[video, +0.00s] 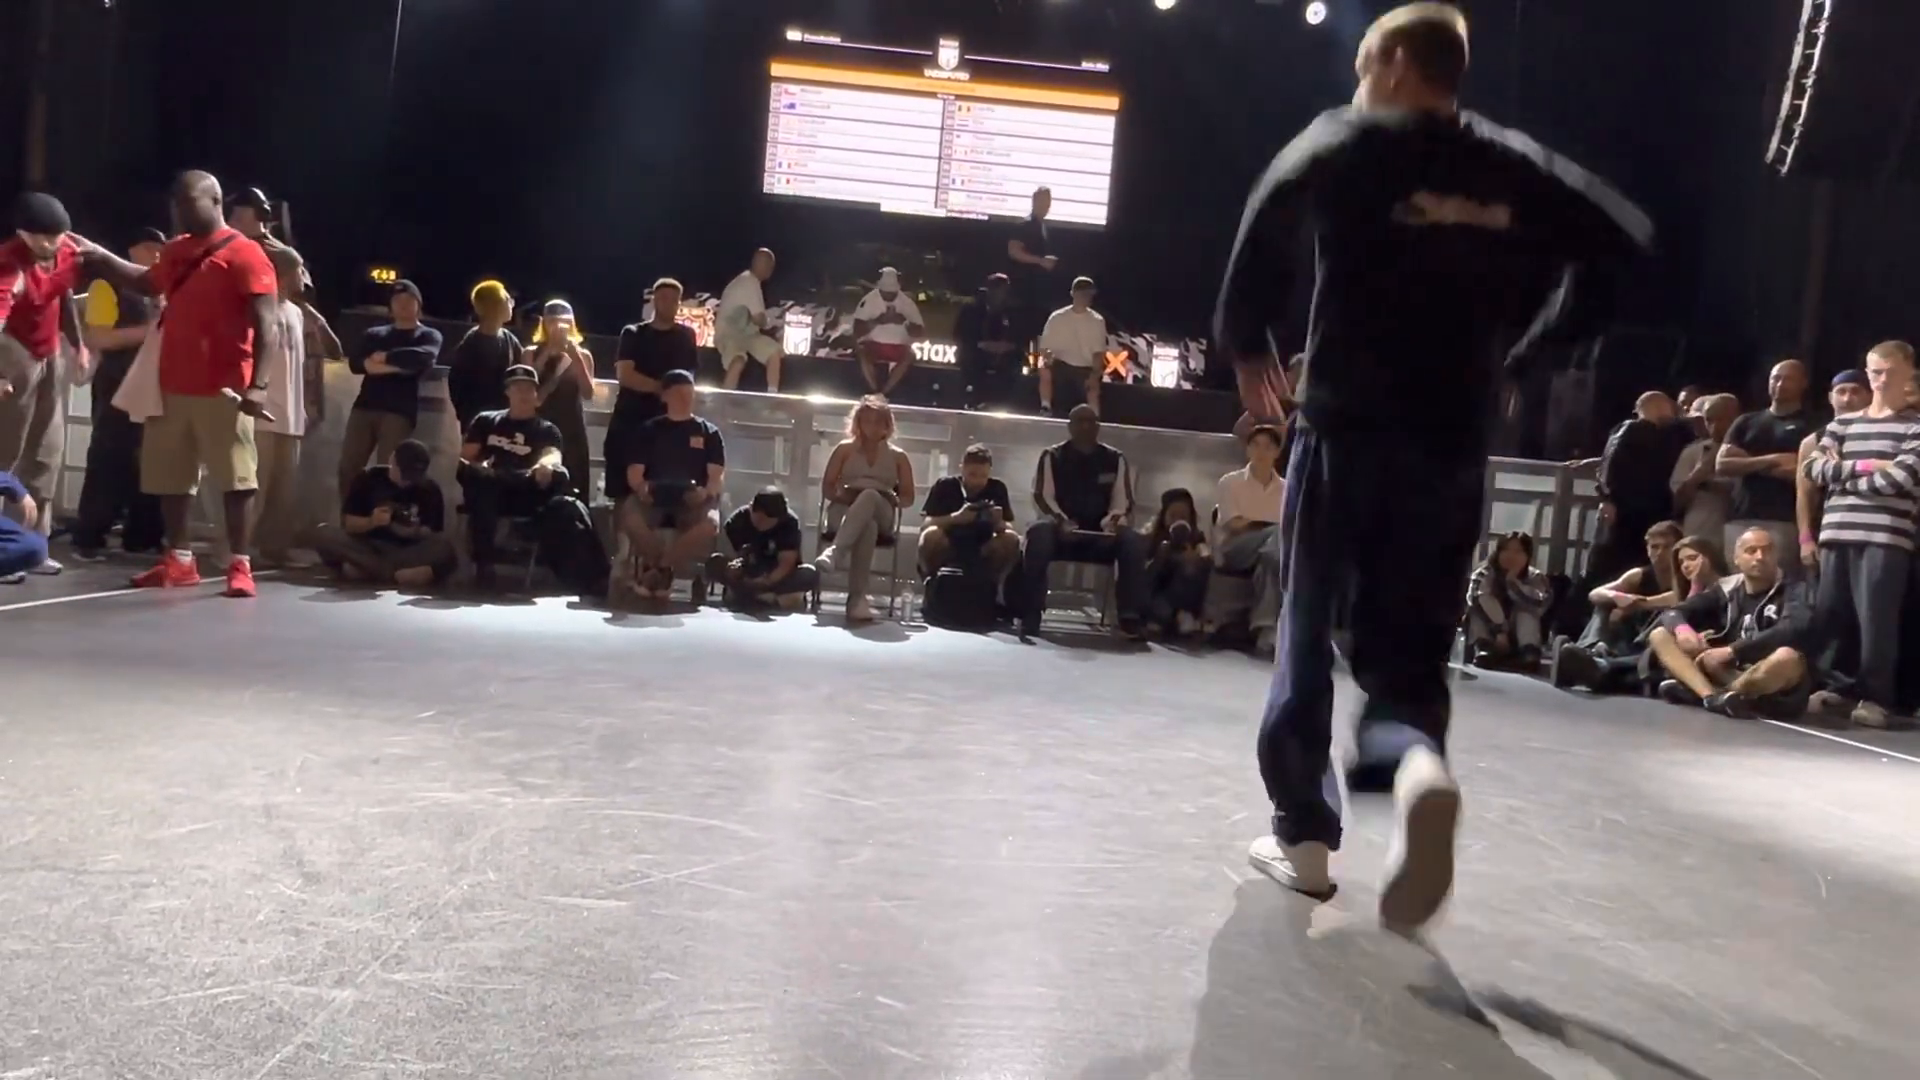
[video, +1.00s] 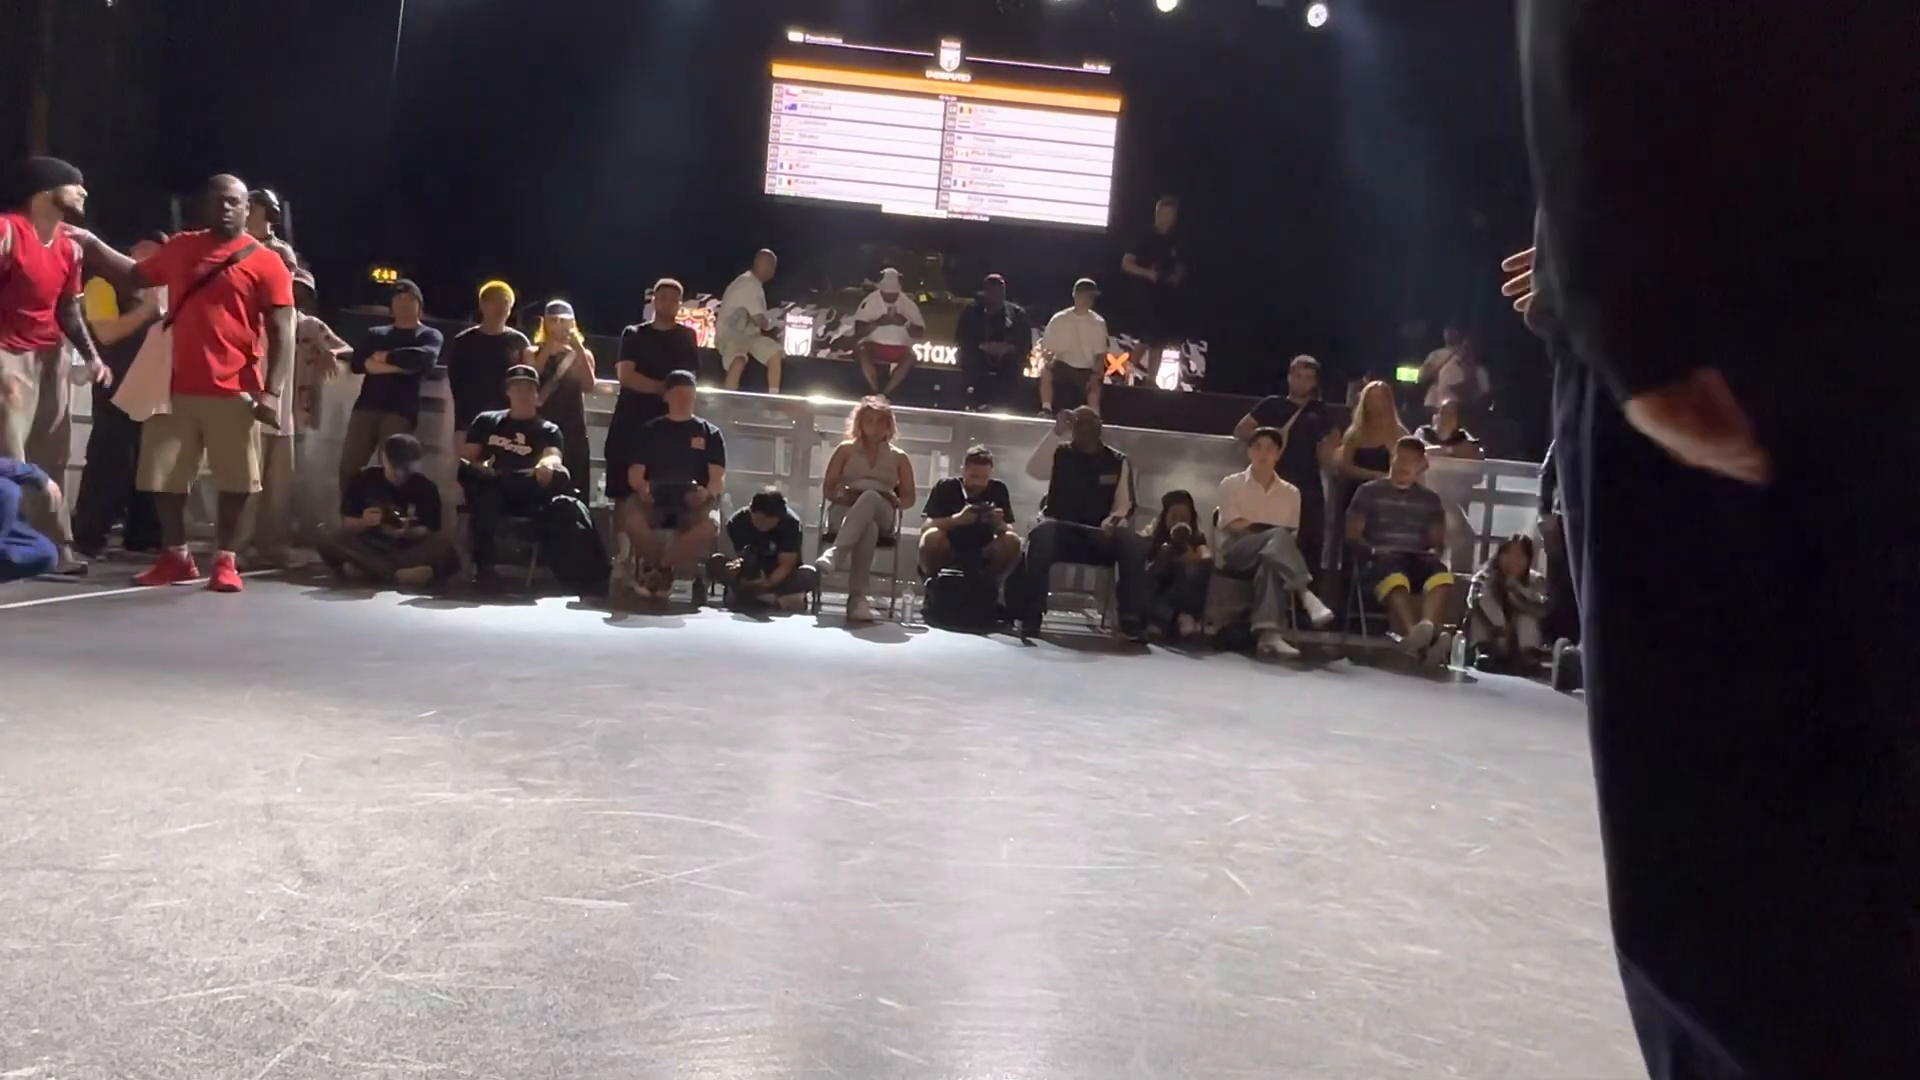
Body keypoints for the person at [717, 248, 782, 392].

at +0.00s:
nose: (770, 270)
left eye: (771, 266)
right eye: (769, 265)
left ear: (757, 264)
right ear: (760, 264)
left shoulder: (752, 282)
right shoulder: (748, 282)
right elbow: (758, 318)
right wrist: (767, 322)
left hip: (749, 333)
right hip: (729, 333)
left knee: (774, 353)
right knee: (738, 360)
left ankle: (772, 396)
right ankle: (725, 399)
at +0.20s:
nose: (770, 270)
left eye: (771, 266)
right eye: (768, 265)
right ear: (759, 264)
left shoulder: (752, 282)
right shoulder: (748, 282)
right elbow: (758, 318)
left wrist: (769, 316)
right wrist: (770, 322)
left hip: (748, 333)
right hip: (728, 333)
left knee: (774, 353)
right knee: (738, 359)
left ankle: (772, 396)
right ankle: (724, 398)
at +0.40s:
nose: (772, 270)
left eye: (772, 266)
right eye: (770, 266)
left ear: (756, 264)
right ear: (762, 265)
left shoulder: (752, 282)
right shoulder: (749, 283)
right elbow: (759, 318)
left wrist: (766, 318)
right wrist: (767, 323)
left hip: (750, 334)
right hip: (730, 333)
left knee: (774, 353)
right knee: (739, 359)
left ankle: (773, 397)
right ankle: (726, 399)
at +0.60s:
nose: (772, 271)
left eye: (773, 267)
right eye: (771, 266)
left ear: (757, 264)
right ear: (762, 265)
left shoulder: (753, 283)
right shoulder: (749, 283)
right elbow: (759, 319)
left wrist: (765, 318)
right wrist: (766, 324)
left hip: (751, 335)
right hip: (730, 334)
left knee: (775, 354)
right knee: (739, 360)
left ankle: (773, 398)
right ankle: (726, 400)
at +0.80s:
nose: (773, 272)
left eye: (774, 268)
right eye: (772, 267)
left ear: (758, 265)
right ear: (764, 266)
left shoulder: (755, 284)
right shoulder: (750, 284)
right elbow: (760, 319)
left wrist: (766, 319)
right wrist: (768, 324)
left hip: (752, 336)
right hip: (731, 335)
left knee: (776, 355)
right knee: (740, 360)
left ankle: (774, 398)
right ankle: (727, 400)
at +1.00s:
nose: (773, 271)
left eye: (773, 267)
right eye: (771, 266)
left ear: (758, 265)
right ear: (762, 265)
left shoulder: (755, 285)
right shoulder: (748, 283)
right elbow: (759, 319)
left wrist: (763, 320)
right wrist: (766, 323)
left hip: (751, 335)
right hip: (730, 334)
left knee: (774, 354)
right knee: (739, 360)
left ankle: (773, 398)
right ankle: (727, 400)